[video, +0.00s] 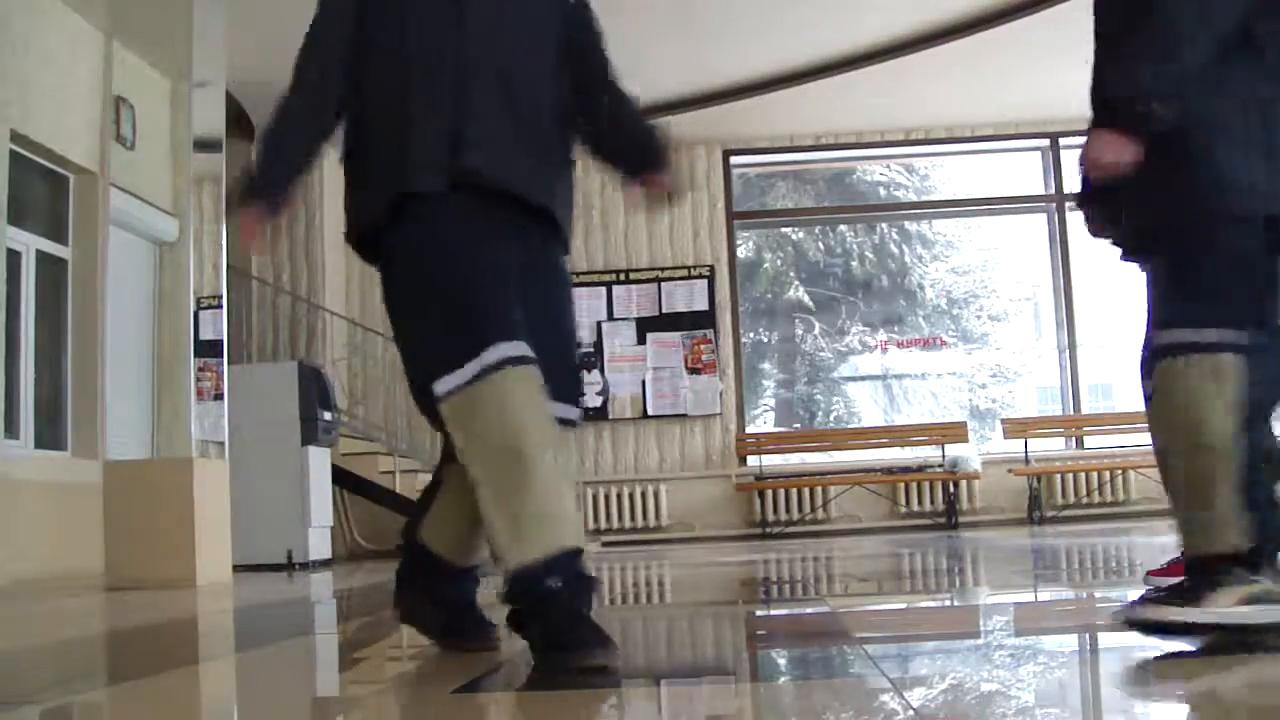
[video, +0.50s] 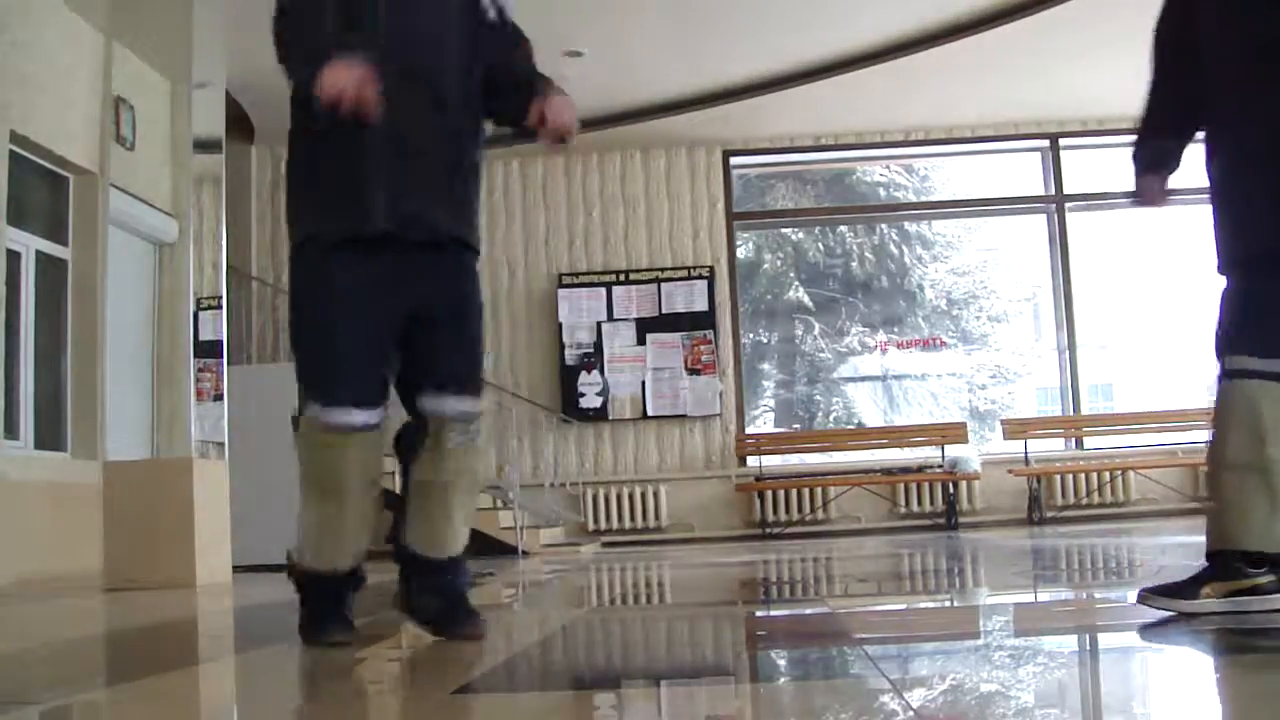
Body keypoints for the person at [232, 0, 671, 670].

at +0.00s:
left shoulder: (558, 12)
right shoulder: (360, 10)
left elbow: (585, 83)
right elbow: (324, 72)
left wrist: (644, 151)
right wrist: (269, 178)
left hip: (526, 193)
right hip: (422, 180)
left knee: (535, 395)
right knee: (494, 382)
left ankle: (434, 574)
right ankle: (555, 608)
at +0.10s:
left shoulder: (539, 9)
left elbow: (544, 61)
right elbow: (330, 37)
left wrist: (554, 168)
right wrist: (342, 148)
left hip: (501, 166)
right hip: (403, 153)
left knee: (502, 370)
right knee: (449, 360)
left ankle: (426, 580)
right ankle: (468, 584)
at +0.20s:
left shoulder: (513, 8)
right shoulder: (347, 4)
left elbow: (528, 80)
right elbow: (294, 72)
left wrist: (531, 143)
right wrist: (367, 91)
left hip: (485, 203)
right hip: (393, 199)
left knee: (501, 404)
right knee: (422, 375)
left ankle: (433, 593)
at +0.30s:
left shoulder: (497, 9)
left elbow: (493, 121)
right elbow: (267, 37)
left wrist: (534, 84)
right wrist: (377, 12)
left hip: (470, 196)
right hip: (376, 187)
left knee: (480, 403)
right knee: (393, 384)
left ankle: (428, 593)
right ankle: (315, 531)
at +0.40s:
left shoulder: (489, 8)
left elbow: (503, 99)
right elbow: (272, 20)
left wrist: (535, 65)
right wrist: (366, 6)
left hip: (456, 195)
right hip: (357, 189)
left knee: (457, 392)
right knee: (364, 391)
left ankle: (434, 584)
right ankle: (324, 546)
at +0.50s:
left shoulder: (469, 12)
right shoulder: (323, 5)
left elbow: (494, 56)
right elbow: (297, 19)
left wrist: (535, 93)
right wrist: (328, 58)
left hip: (442, 213)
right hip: (341, 210)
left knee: (454, 408)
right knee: (342, 413)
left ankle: (434, 577)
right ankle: (326, 590)